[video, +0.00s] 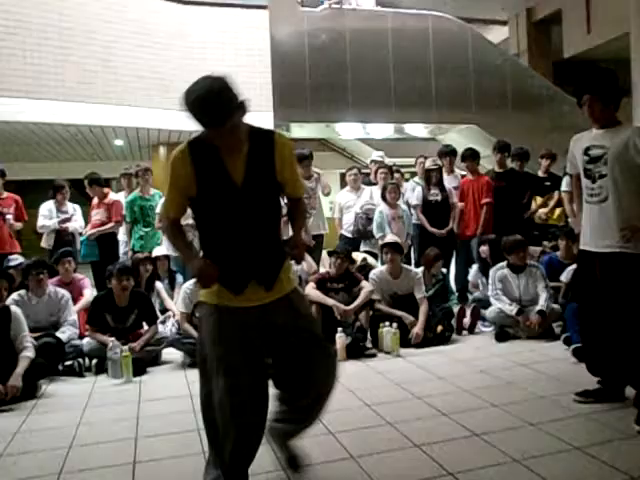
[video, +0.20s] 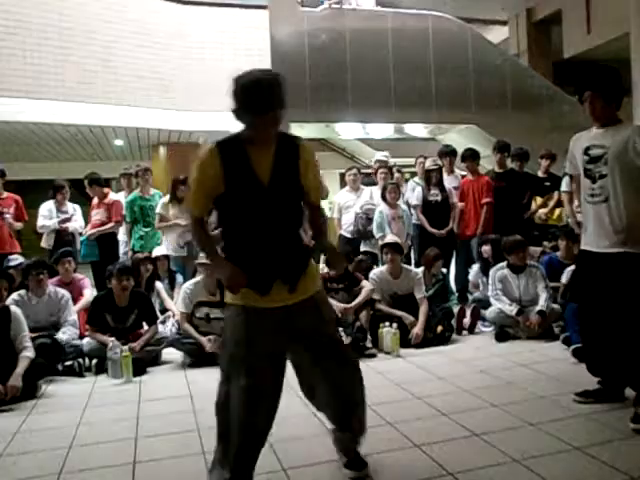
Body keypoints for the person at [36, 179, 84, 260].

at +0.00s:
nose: (65, 196)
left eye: (66, 193)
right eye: (61, 193)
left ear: (69, 194)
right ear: (55, 194)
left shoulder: (75, 208)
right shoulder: (46, 207)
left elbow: (81, 225)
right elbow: (40, 226)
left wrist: (69, 227)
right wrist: (57, 223)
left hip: (71, 240)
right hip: (54, 240)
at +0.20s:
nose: (65, 196)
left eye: (66, 193)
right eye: (61, 193)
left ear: (69, 194)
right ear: (55, 194)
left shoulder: (75, 208)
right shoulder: (46, 207)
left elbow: (81, 226)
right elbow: (40, 226)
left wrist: (69, 227)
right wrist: (57, 223)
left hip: (71, 240)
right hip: (54, 240)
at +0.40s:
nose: (64, 196)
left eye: (66, 193)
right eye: (61, 193)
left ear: (68, 194)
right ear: (54, 194)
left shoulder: (74, 208)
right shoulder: (45, 207)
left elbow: (80, 225)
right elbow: (40, 226)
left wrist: (68, 227)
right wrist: (57, 223)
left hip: (70, 240)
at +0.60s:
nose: (63, 196)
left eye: (65, 193)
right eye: (60, 193)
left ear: (68, 194)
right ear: (54, 194)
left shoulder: (74, 208)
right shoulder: (44, 207)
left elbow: (79, 226)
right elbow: (39, 226)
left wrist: (67, 227)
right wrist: (56, 223)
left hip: (69, 240)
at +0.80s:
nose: (63, 196)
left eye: (64, 193)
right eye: (60, 194)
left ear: (67, 194)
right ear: (54, 194)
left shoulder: (73, 208)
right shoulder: (44, 206)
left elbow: (79, 225)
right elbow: (39, 226)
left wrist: (66, 227)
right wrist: (56, 223)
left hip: (69, 238)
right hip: (53, 238)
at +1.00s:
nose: (73, 196)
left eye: (75, 193)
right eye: (70, 194)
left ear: (78, 194)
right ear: (64, 195)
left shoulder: (84, 208)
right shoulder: (55, 207)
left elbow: (89, 226)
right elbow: (49, 226)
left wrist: (76, 227)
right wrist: (66, 223)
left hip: (79, 239)